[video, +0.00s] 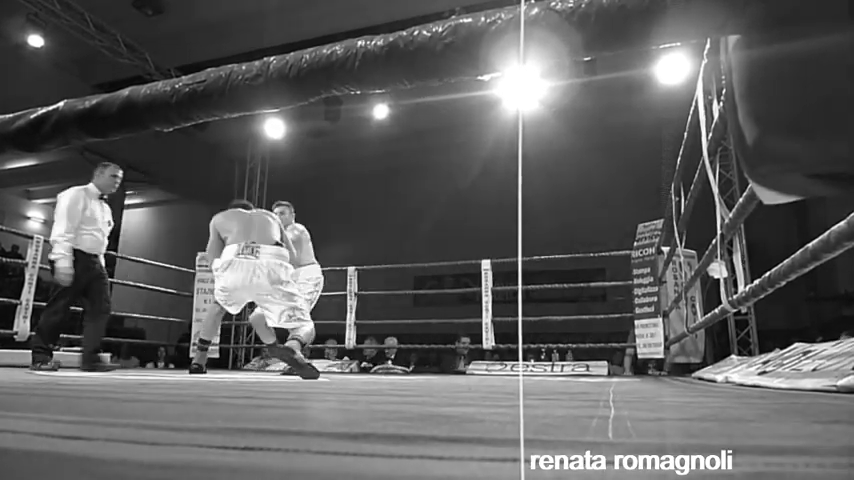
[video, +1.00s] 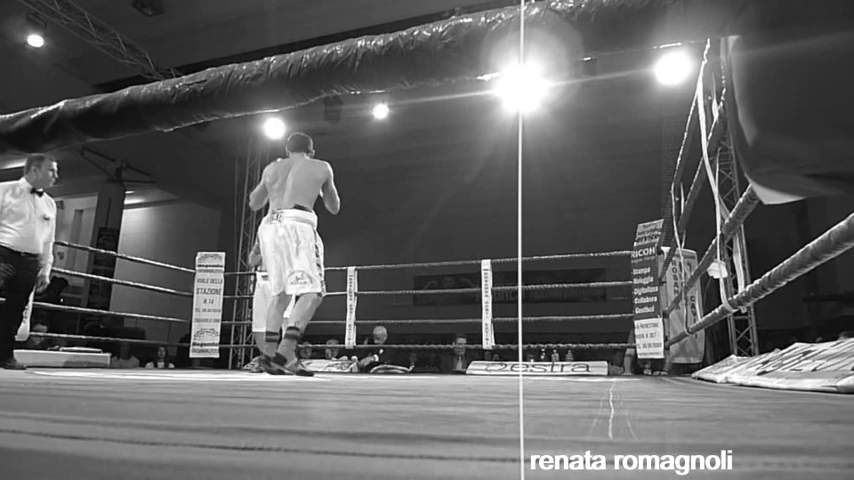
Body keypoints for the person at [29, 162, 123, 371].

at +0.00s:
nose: (118, 182)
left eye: (120, 179)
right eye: (114, 177)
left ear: (119, 183)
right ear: (99, 174)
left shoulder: (105, 209)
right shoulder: (74, 195)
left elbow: (100, 243)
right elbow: (62, 230)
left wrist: (101, 267)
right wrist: (63, 261)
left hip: (95, 262)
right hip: (73, 256)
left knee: (100, 307)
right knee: (58, 306)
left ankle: (90, 357)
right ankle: (40, 355)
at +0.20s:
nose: (98, 182)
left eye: (100, 179)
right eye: (94, 177)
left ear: (98, 182)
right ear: (77, 174)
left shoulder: (88, 211)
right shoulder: (55, 195)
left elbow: (85, 246)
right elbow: (27, 226)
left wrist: (90, 271)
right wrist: (10, 258)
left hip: (73, 260)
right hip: (52, 254)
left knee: (64, 308)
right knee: (50, 304)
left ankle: (24, 346)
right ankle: (38, 355)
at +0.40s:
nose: (86, 185)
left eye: (87, 182)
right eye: (82, 180)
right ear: (66, 178)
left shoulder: (76, 213)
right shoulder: (38, 197)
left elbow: (75, 246)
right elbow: (11, 230)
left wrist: (77, 272)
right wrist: (2, 256)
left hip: (55, 261)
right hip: (34, 254)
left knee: (27, 307)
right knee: (45, 303)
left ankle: (5, 352)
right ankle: (39, 356)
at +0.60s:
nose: (78, 184)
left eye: (79, 181)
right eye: (74, 179)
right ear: (58, 177)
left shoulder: (67, 211)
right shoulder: (28, 195)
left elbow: (64, 245)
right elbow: (5, 230)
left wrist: (63, 271)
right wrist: (3, 262)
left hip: (46, 261)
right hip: (23, 254)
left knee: (34, 305)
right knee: (26, 297)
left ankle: (15, 351)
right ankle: (10, 352)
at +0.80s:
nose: (66, 183)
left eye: (67, 179)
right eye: (63, 177)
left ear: (51, 179)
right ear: (46, 176)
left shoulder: (56, 209)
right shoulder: (17, 196)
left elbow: (54, 243)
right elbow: (1, 228)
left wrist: (51, 269)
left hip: (39, 263)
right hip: (15, 257)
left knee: (19, 311)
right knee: (5, 305)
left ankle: (5, 353)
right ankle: (3, 353)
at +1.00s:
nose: (55, 176)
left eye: (56, 172)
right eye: (51, 171)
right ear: (34, 170)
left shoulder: (50, 204)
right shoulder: (6, 190)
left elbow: (49, 241)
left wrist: (46, 269)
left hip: (31, 260)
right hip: (6, 255)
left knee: (16, 310)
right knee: (6, 307)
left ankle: (7, 353)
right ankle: (5, 353)